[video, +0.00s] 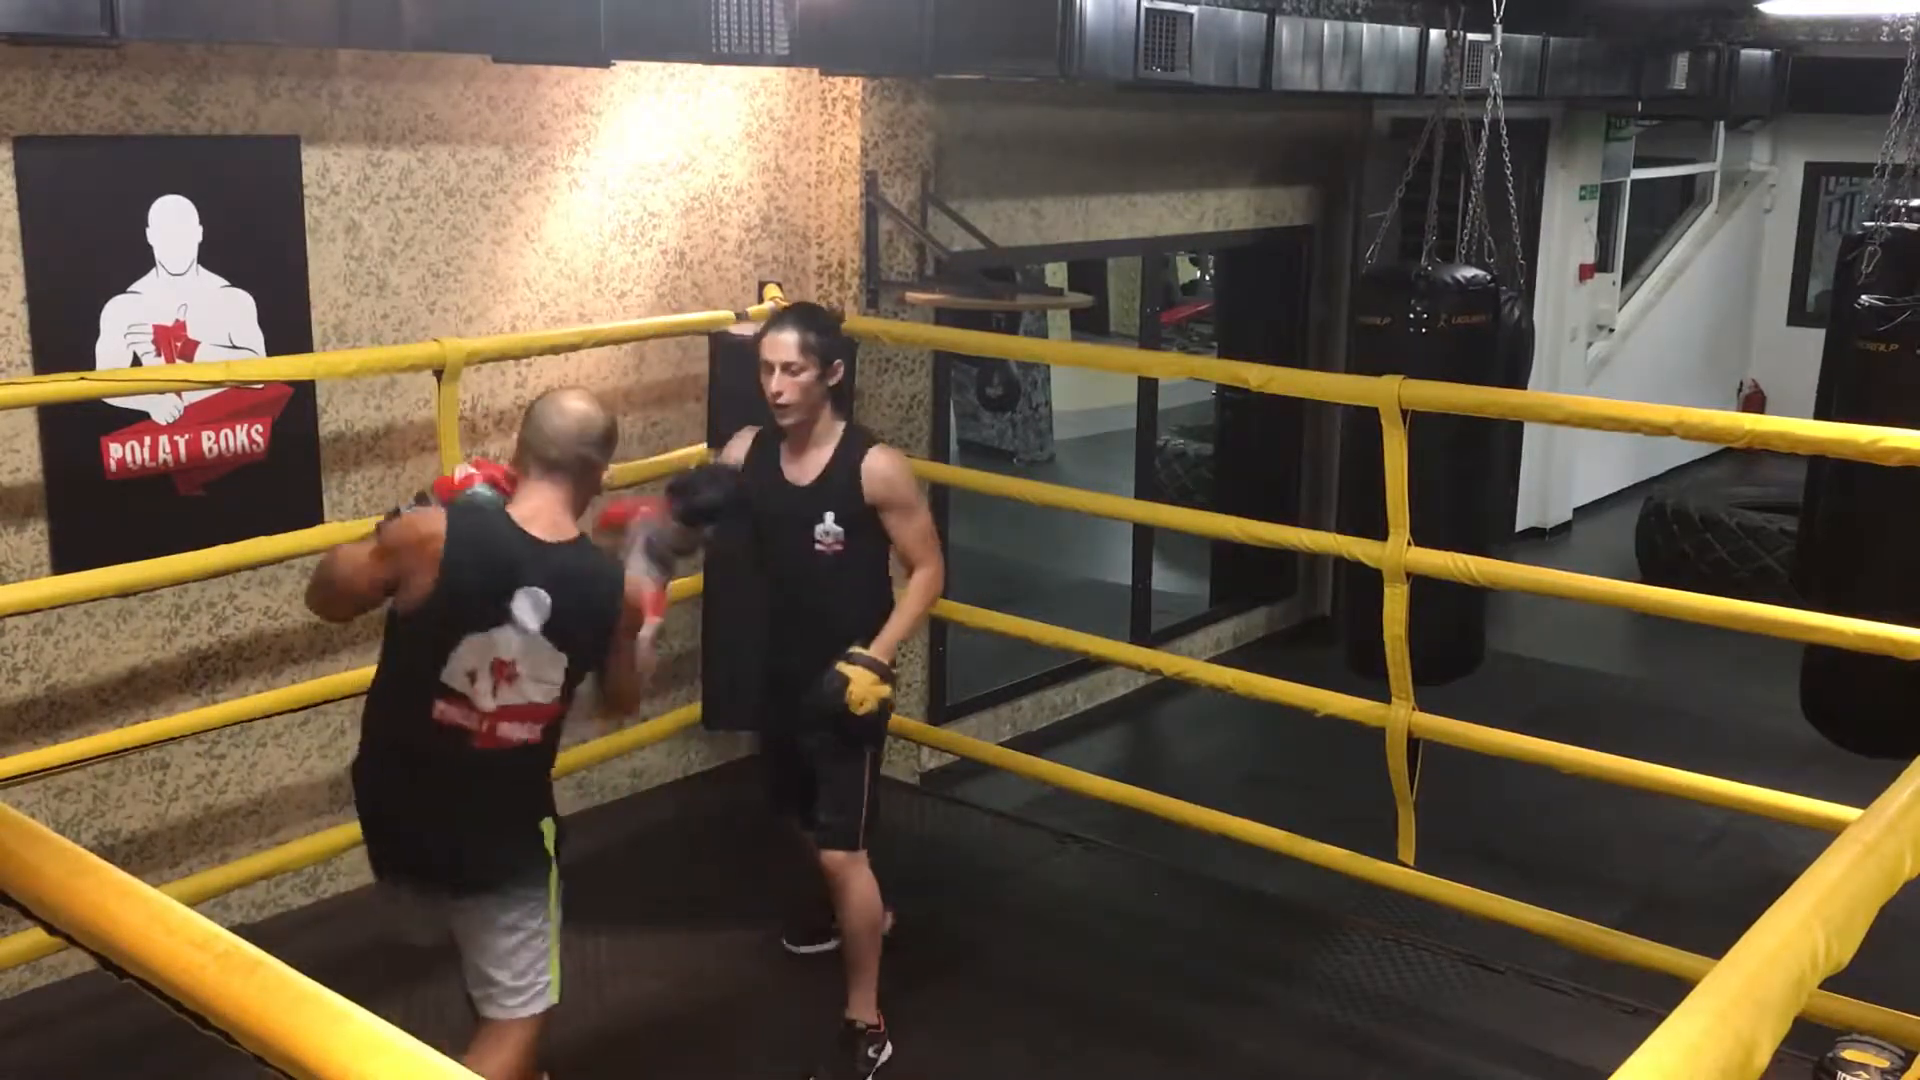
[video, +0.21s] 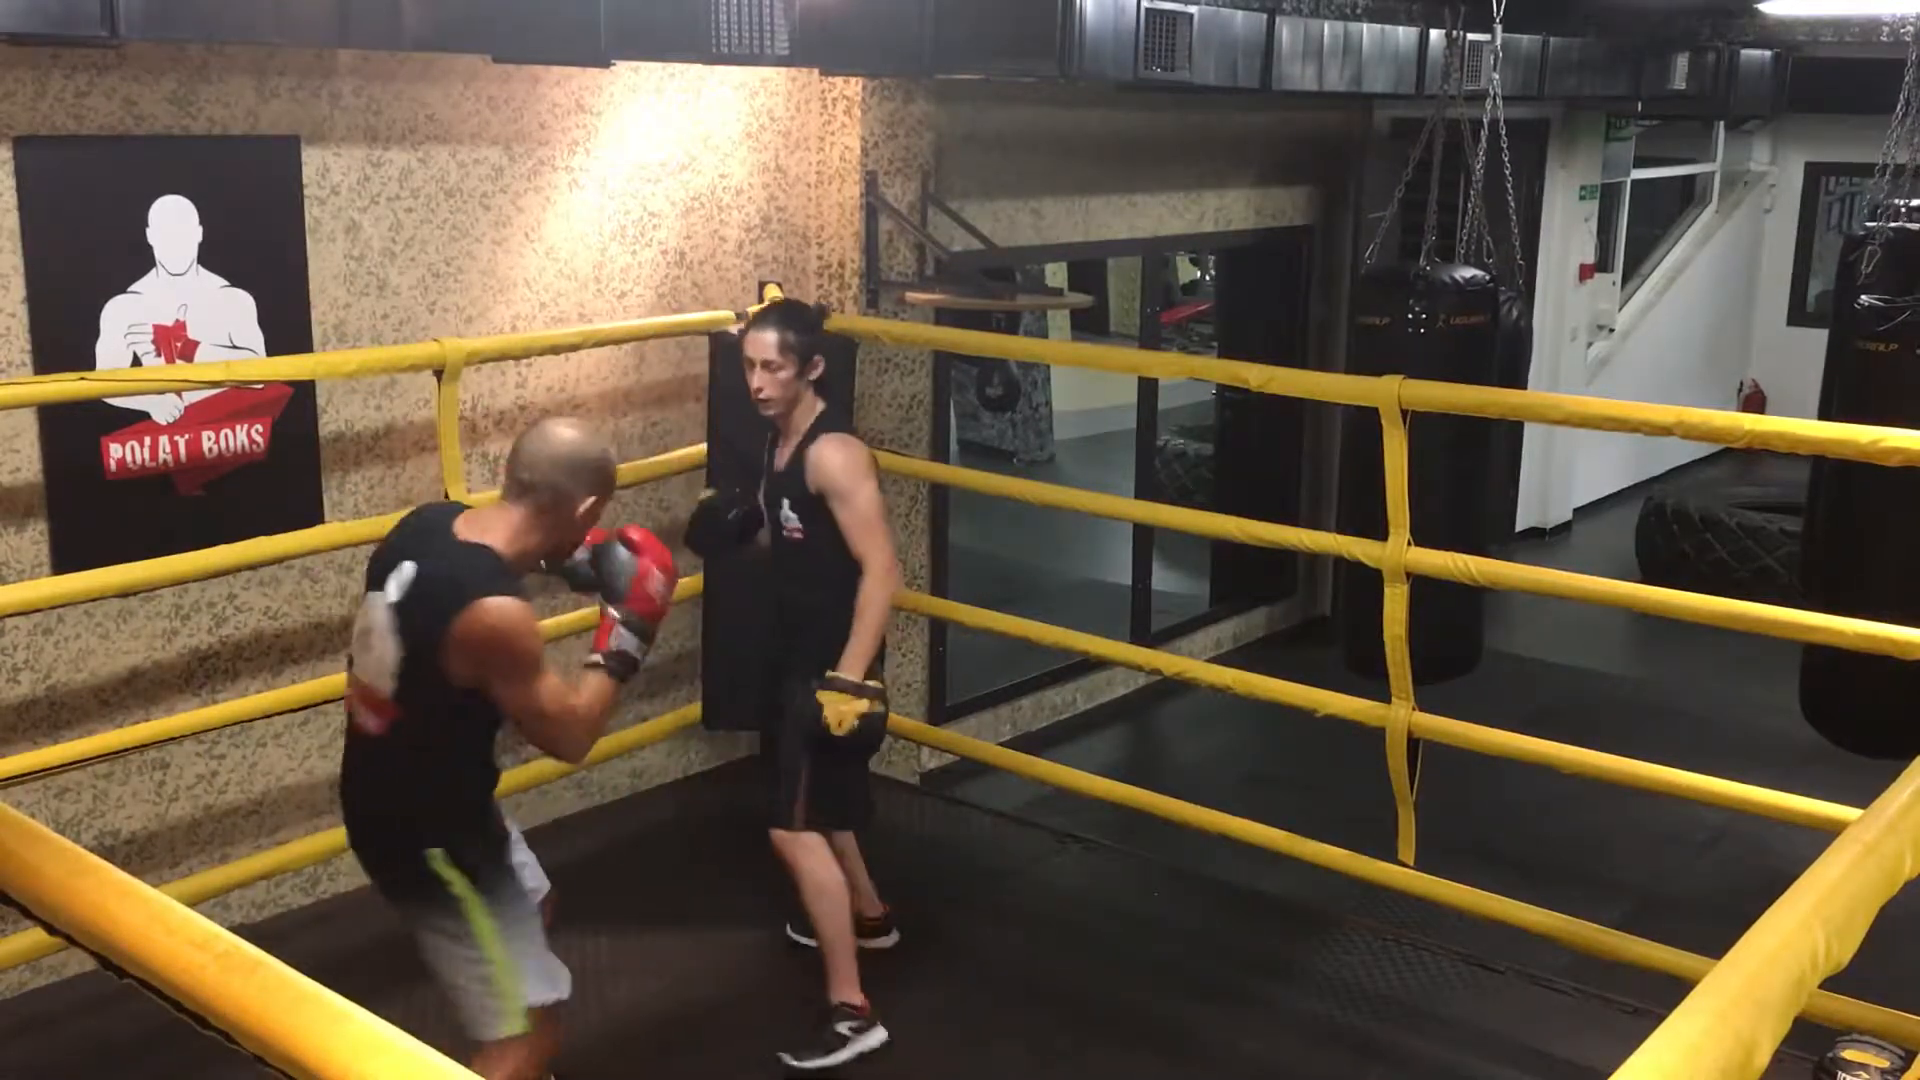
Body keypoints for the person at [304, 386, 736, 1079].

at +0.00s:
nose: (605, 476)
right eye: (605, 463)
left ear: (518, 452)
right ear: (598, 474)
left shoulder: (430, 533)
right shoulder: (605, 587)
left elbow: (328, 593)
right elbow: (621, 698)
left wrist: (426, 512)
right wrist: (641, 615)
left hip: (397, 798)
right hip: (500, 817)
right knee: (512, 1014)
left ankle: (518, 1067)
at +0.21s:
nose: (591, 519)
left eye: (594, 507)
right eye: (595, 508)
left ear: (512, 476)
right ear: (581, 510)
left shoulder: (424, 526)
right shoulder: (492, 617)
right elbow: (569, 735)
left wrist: (574, 561)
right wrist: (629, 630)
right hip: (430, 828)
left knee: (531, 901)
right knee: (523, 1037)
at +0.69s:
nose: (446, 489)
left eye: (446, 474)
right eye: (445, 473)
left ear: (389, 469)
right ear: (413, 477)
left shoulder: (354, 535)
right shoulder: (273, 586)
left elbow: (445, 524)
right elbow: (405, 714)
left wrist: (514, 490)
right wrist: (471, 596)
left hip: (365, 823)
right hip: (284, 860)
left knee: (424, 997)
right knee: (322, 1046)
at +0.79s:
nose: (416, 520)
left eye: (419, 503)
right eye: (417, 503)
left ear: (320, 487)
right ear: (389, 507)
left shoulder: (297, 577)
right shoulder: (258, 626)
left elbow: (375, 595)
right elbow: (374, 763)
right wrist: (443, 637)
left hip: (341, 877)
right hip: (260, 913)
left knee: (390, 1020)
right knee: (286, 1064)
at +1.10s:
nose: (360, 507)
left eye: (363, 487)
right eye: (359, 485)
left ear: (250, 459)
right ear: (323, 472)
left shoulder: (146, 535)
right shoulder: (259, 611)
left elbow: (73, 656)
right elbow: (347, 732)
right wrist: (368, 590)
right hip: (185, 931)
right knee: (184, 1065)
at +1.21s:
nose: (340, 506)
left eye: (342, 488)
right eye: (339, 486)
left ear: (229, 466)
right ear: (310, 481)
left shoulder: (121, 555)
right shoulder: (258, 619)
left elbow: (77, 687)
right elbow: (339, 749)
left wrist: (275, 599)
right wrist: (355, 608)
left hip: (95, 919)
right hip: (190, 945)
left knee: (107, 1065)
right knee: (194, 1065)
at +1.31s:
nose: (318, 511)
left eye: (325, 492)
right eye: (323, 491)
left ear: (197, 477)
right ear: (302, 490)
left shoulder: (100, 573)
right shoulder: (244, 625)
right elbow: (302, 787)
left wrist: (251, 617)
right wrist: (349, 662)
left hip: (85, 920)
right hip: (180, 943)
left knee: (106, 1064)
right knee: (198, 1065)